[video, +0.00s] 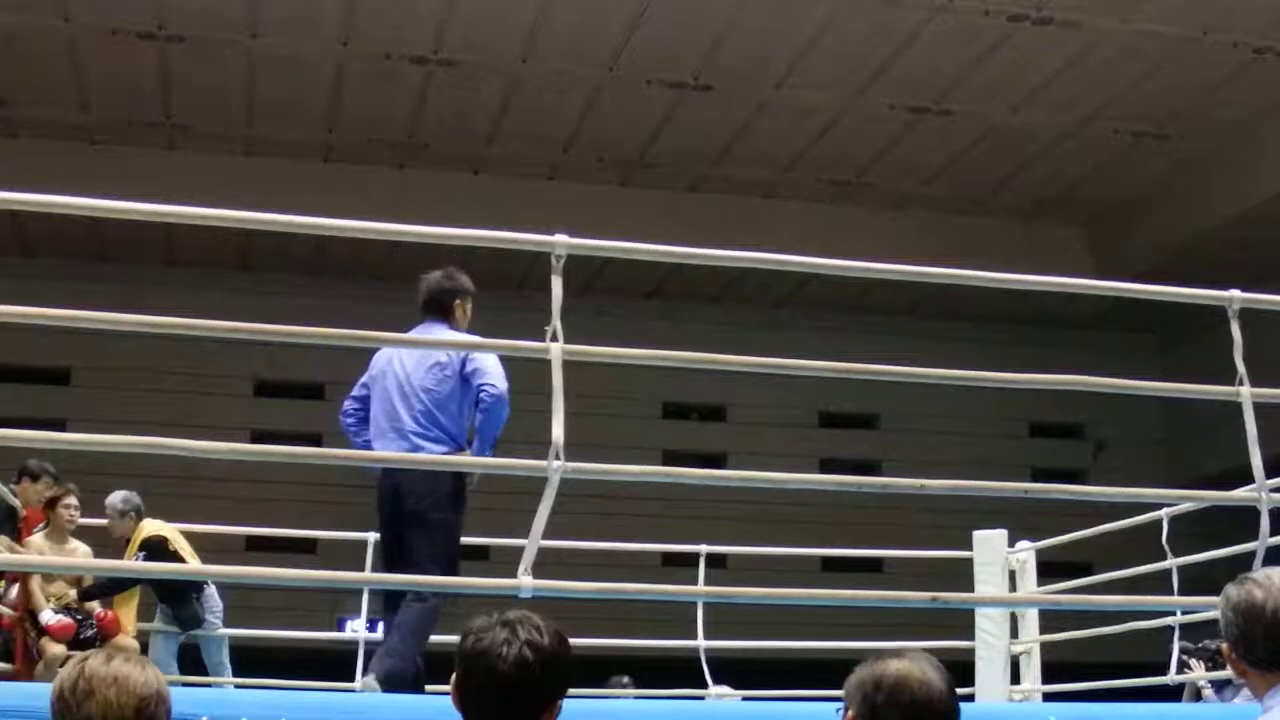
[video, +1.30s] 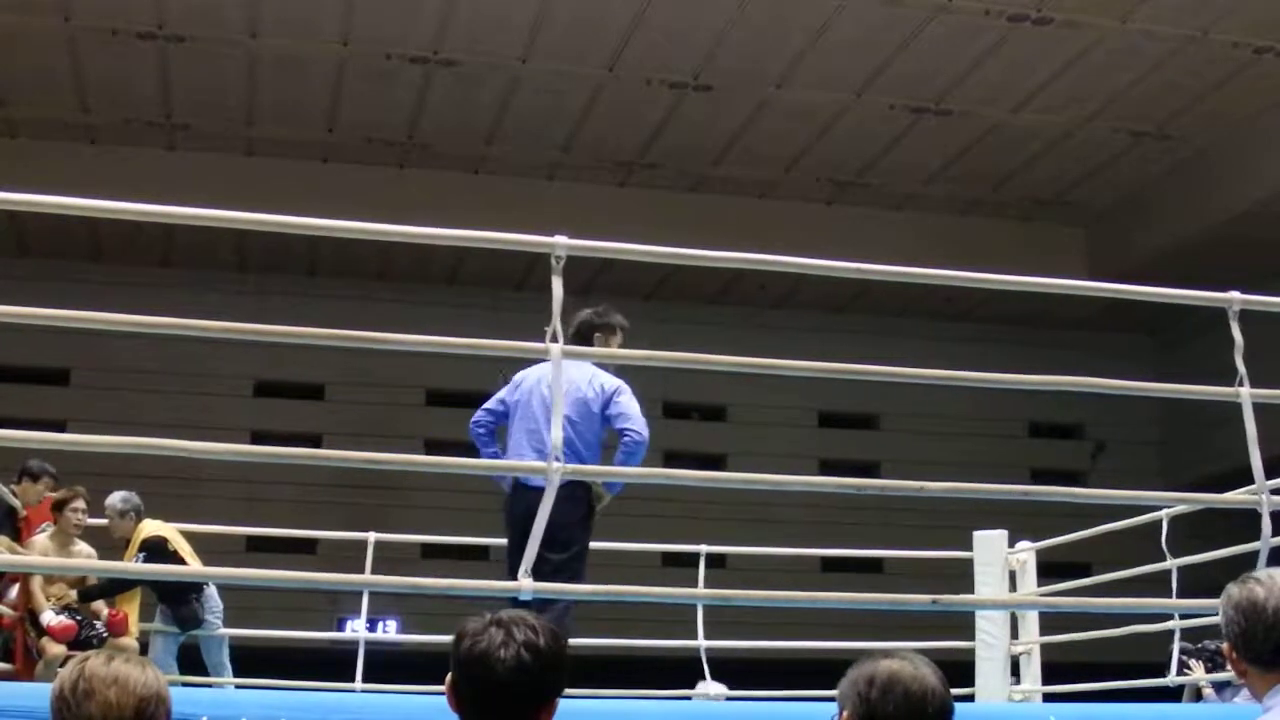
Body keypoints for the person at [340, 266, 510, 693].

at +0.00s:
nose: (471, 314)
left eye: (470, 306)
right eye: (470, 306)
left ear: (425, 307)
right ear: (458, 307)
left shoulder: (390, 351)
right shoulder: (467, 346)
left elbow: (351, 414)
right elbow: (495, 393)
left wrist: (381, 454)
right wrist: (479, 454)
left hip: (390, 476)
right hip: (438, 477)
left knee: (397, 581)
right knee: (431, 582)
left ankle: (406, 687)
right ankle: (383, 676)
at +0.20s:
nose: (485, 325)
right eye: (484, 320)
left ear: (438, 315)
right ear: (480, 322)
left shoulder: (403, 362)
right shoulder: (479, 356)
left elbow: (367, 422)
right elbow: (499, 399)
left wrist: (400, 459)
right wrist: (489, 456)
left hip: (405, 487)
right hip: (453, 486)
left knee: (411, 588)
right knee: (466, 586)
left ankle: (403, 687)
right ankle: (415, 665)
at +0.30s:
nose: (494, 327)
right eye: (494, 322)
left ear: (447, 317)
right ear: (490, 324)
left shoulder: (413, 362)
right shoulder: (488, 358)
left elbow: (376, 423)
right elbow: (508, 402)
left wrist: (409, 462)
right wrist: (497, 462)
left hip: (416, 490)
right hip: (466, 490)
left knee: (415, 593)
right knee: (481, 591)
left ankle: (403, 692)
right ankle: (463, 688)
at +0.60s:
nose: (539, 340)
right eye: (537, 334)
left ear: (489, 329)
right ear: (532, 337)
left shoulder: (452, 373)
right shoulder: (534, 377)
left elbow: (411, 430)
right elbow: (561, 433)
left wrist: (439, 479)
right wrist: (541, 479)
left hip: (454, 501)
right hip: (506, 504)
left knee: (440, 600)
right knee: (515, 600)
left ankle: (415, 696)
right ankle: (519, 699)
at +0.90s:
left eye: (541, 323)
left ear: (537, 329)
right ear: (580, 336)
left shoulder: (500, 369)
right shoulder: (584, 380)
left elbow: (451, 421)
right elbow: (618, 433)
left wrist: (478, 472)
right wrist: (583, 485)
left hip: (496, 497)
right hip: (551, 501)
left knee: (484, 586)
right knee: (545, 593)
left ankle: (464, 676)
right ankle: (539, 687)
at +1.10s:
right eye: (596, 335)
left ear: (554, 330)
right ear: (593, 340)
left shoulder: (514, 371)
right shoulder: (602, 384)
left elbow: (468, 417)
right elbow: (632, 437)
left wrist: (491, 471)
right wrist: (600, 487)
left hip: (512, 496)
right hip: (565, 500)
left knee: (503, 582)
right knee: (555, 591)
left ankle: (498, 666)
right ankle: (543, 671)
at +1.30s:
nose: (618, 353)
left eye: (619, 345)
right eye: (616, 344)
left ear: (575, 339)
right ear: (597, 340)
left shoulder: (527, 376)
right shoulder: (607, 385)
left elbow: (480, 424)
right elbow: (636, 437)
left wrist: (505, 476)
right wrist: (608, 488)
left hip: (521, 494)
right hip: (571, 498)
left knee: (518, 581)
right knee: (562, 587)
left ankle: (511, 667)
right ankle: (544, 671)